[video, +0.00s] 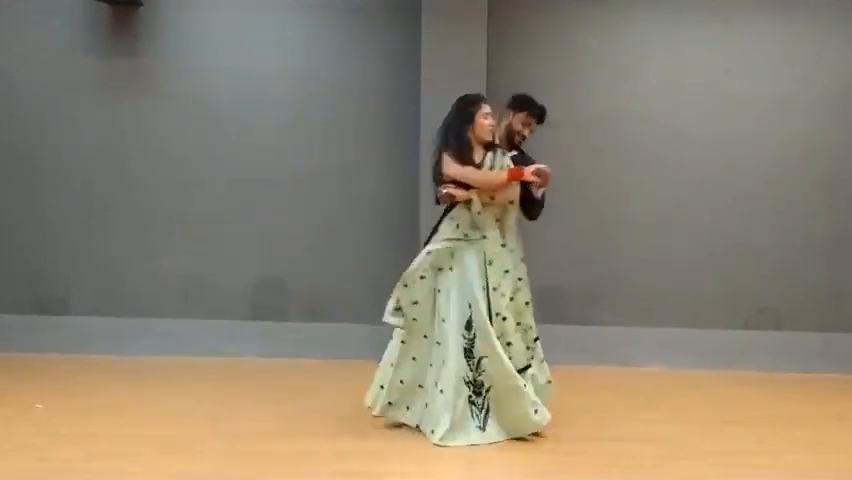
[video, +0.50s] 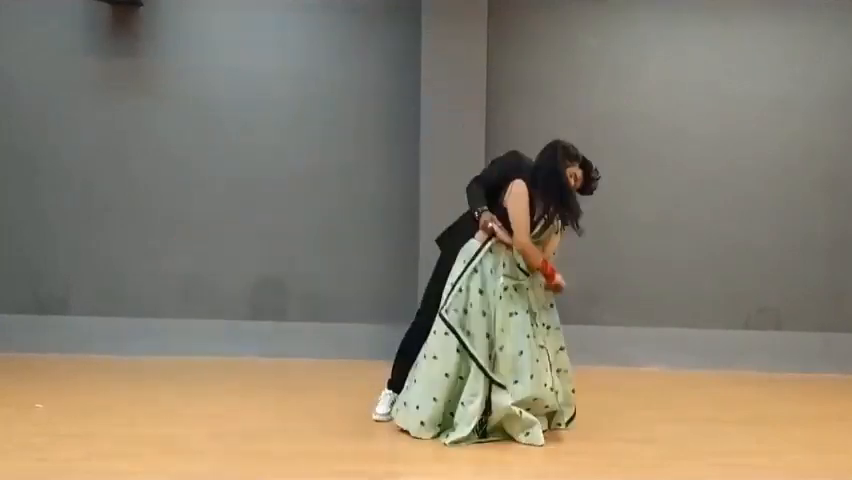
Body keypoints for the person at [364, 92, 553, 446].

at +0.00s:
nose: (493, 122)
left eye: (493, 117)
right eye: (486, 117)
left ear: (491, 125)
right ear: (467, 123)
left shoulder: (504, 161)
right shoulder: (448, 159)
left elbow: (509, 195)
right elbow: (469, 176)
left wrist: (467, 193)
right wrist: (517, 175)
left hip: (495, 250)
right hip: (458, 249)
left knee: (494, 329)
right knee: (458, 329)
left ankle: (492, 411)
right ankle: (454, 410)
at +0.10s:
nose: (517, 125)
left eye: (515, 120)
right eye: (510, 120)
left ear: (507, 128)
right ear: (491, 125)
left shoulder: (526, 168)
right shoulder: (472, 160)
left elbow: (527, 205)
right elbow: (491, 185)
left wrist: (487, 200)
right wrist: (544, 186)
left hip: (509, 256)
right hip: (469, 253)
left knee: (504, 332)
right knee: (463, 330)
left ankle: (502, 412)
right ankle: (457, 411)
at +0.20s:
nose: (541, 137)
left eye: (541, 131)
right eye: (535, 130)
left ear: (537, 137)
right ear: (515, 134)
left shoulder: (544, 180)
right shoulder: (494, 166)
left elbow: (543, 220)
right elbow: (518, 203)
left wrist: (502, 202)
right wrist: (551, 210)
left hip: (515, 263)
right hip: (477, 257)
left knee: (512, 336)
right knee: (468, 334)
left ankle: (506, 413)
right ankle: (460, 414)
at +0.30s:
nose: (565, 163)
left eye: (572, 163)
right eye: (564, 153)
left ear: (573, 169)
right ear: (545, 144)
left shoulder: (553, 192)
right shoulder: (510, 160)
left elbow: (545, 239)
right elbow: (475, 184)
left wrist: (573, 249)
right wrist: (482, 206)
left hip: (512, 261)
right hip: (470, 247)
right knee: (432, 316)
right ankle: (393, 385)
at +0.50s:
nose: (575, 179)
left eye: (579, 175)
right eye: (571, 171)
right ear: (555, 166)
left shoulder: (557, 211)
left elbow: (545, 257)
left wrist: (550, 275)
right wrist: (549, 273)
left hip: (521, 275)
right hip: (488, 266)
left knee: (525, 341)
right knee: (495, 337)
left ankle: (515, 409)